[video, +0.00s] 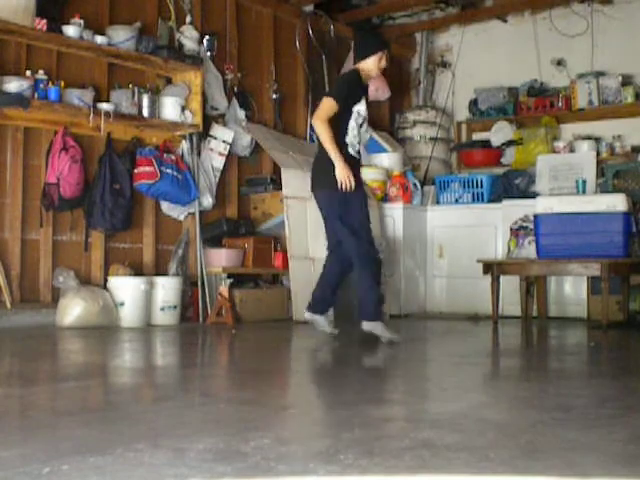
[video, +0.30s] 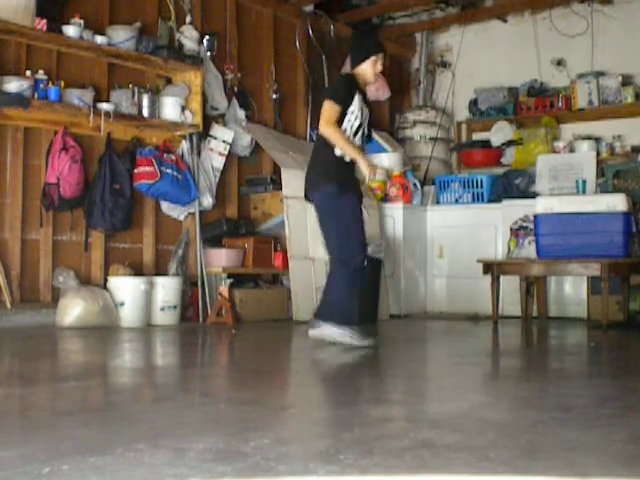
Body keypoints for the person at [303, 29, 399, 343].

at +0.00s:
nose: (384, 65)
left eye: (384, 59)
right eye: (382, 58)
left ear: (366, 57)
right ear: (370, 57)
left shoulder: (357, 86)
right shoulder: (350, 83)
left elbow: (346, 132)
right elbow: (319, 119)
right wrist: (339, 162)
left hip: (334, 178)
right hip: (339, 178)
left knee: (342, 248)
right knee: (363, 247)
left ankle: (317, 309)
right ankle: (371, 317)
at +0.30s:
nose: (380, 68)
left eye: (381, 62)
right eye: (376, 61)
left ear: (367, 63)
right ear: (360, 60)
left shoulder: (360, 97)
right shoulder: (343, 86)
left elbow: (354, 141)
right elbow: (326, 126)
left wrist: (367, 173)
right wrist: (359, 157)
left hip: (343, 182)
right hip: (330, 182)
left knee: (349, 254)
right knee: (349, 254)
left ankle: (326, 320)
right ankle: (335, 322)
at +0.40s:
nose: (373, 74)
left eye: (374, 67)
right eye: (370, 66)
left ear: (362, 67)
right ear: (354, 66)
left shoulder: (353, 107)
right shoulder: (335, 95)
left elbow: (345, 154)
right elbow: (320, 139)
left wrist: (360, 179)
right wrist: (351, 173)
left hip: (340, 190)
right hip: (323, 189)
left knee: (351, 258)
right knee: (342, 253)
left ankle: (321, 329)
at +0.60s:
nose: (360, 49)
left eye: (363, 43)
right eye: (355, 42)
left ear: (362, 45)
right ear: (340, 41)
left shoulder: (357, 84)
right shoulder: (318, 70)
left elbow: (350, 130)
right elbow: (289, 109)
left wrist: (352, 164)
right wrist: (316, 150)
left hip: (342, 175)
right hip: (311, 170)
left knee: (355, 242)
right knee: (314, 232)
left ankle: (340, 313)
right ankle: (270, 290)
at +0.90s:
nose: (343, 50)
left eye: (346, 43)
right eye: (336, 43)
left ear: (350, 46)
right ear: (321, 46)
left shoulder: (361, 82)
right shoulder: (300, 81)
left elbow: (377, 122)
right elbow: (281, 129)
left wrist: (360, 155)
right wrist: (286, 173)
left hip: (344, 185)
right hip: (305, 185)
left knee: (353, 255)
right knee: (293, 255)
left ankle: (358, 321)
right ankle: (286, 322)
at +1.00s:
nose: (336, 56)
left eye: (340, 49)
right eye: (329, 50)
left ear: (345, 51)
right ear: (315, 52)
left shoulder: (360, 85)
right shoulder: (298, 89)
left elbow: (380, 121)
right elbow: (285, 134)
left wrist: (375, 165)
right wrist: (289, 174)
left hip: (346, 183)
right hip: (311, 183)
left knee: (337, 251)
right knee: (312, 252)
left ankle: (330, 326)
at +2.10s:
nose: (373, 46)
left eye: (378, 41)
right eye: (368, 39)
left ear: (383, 44)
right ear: (353, 37)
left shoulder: (387, 77)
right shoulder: (323, 69)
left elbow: (408, 124)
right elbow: (285, 97)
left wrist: (378, 118)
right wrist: (274, 142)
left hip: (362, 180)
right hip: (324, 178)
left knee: (366, 258)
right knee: (332, 246)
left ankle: (352, 330)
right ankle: (312, 307)